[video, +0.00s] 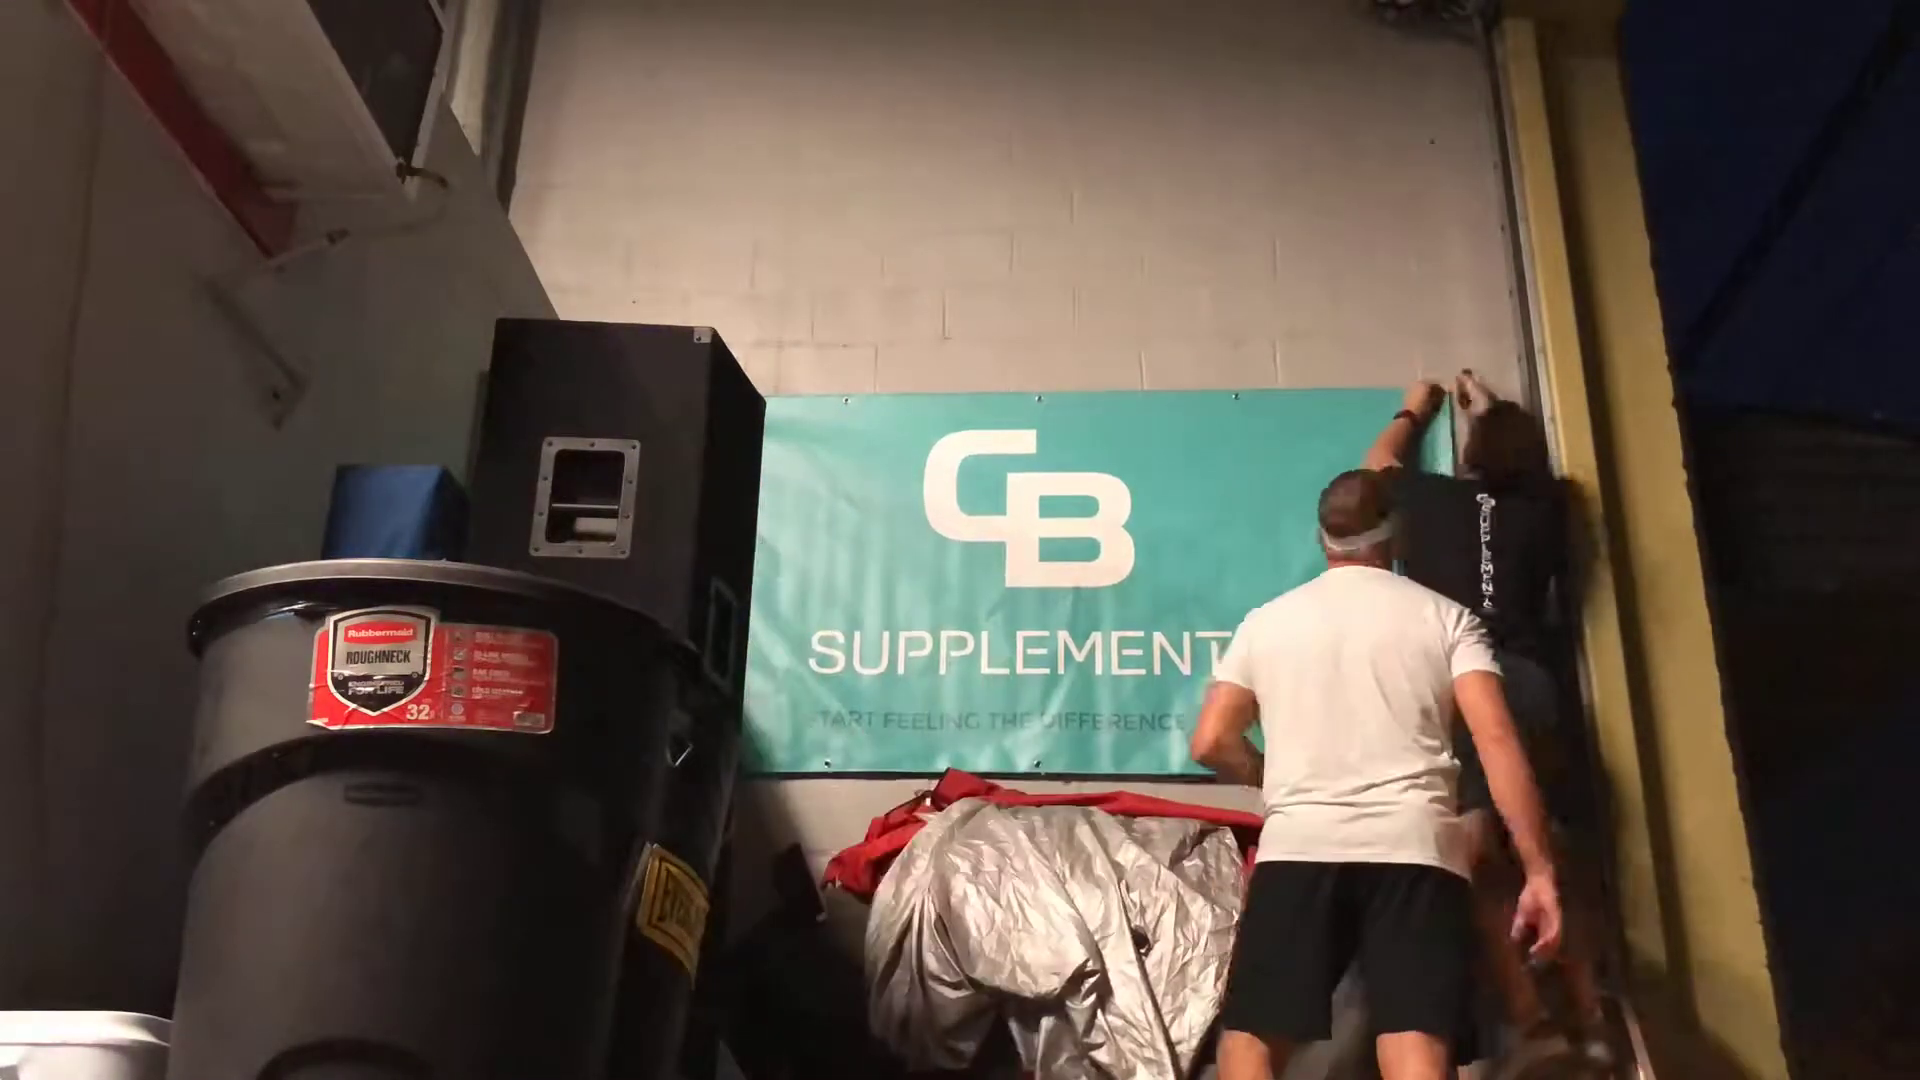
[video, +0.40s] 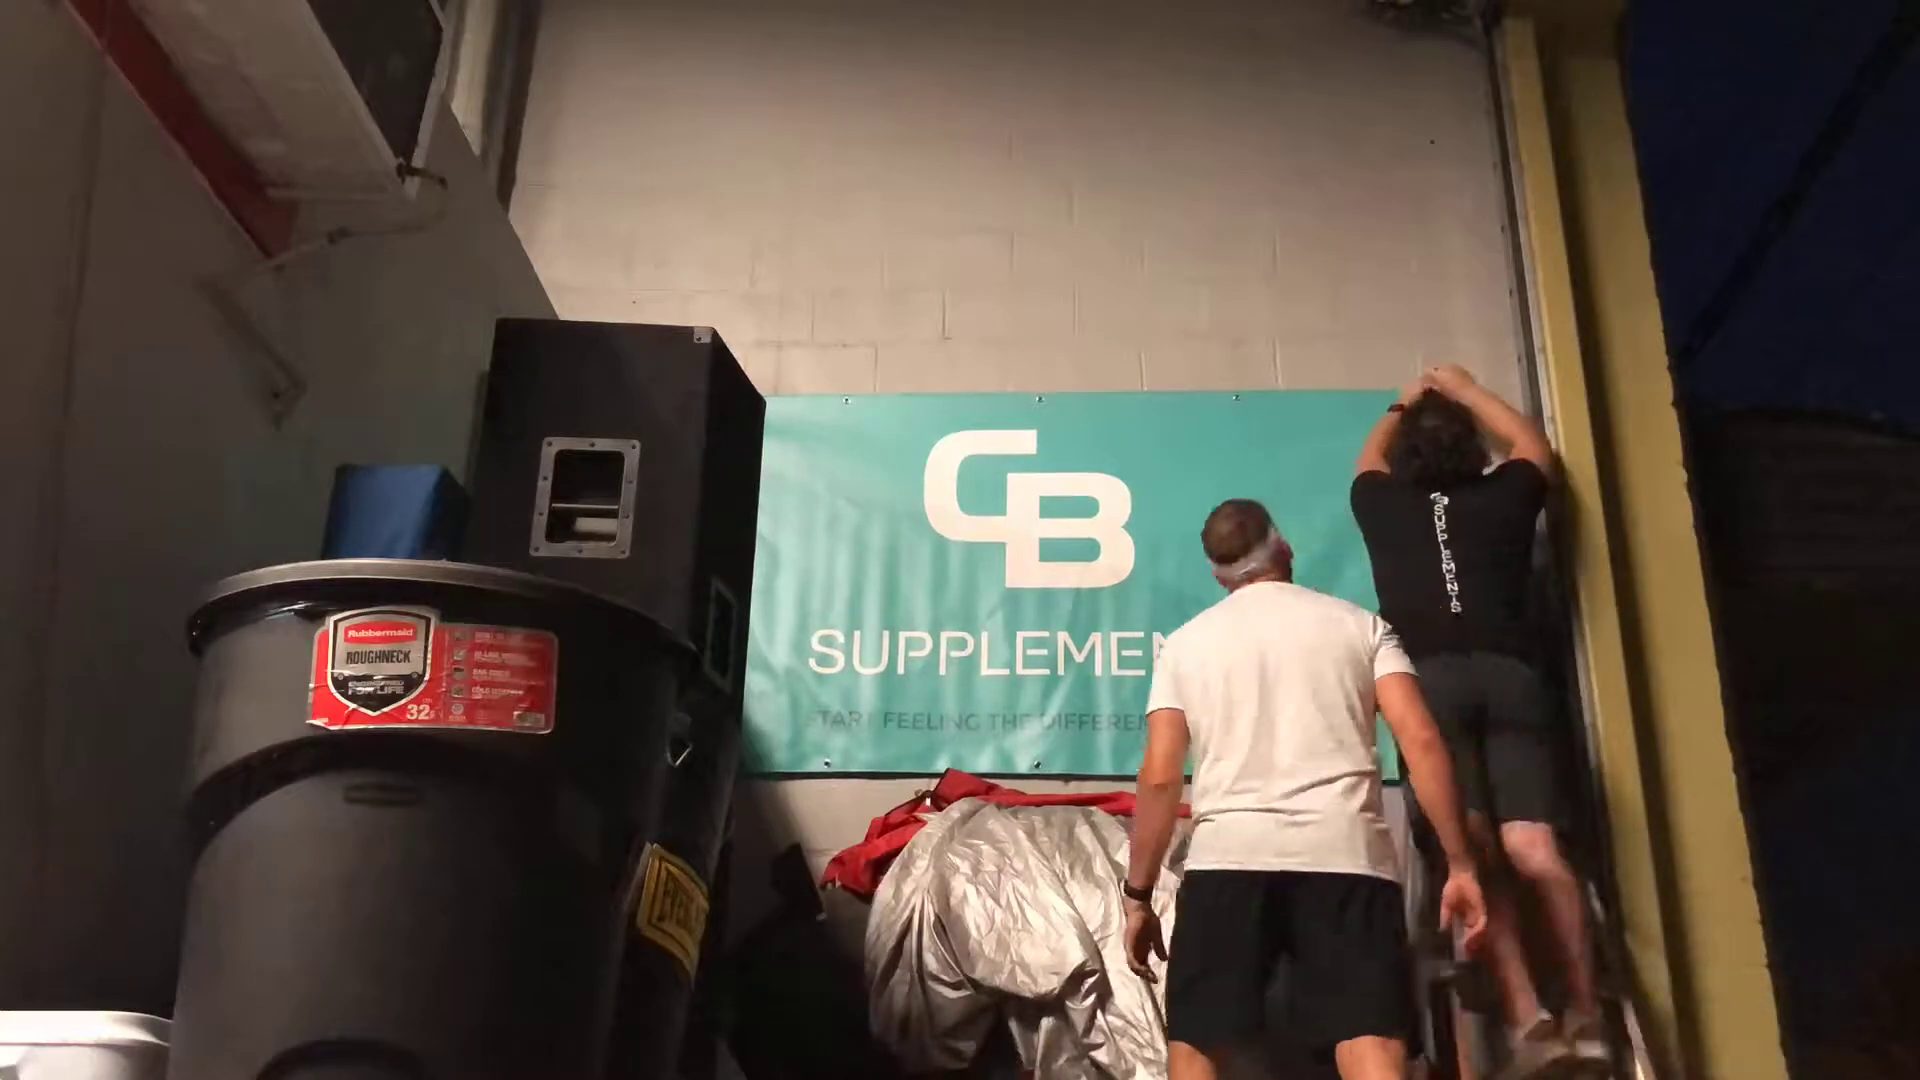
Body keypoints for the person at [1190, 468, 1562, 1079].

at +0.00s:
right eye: (1394, 530)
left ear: (1324, 542)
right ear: (1395, 537)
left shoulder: (1268, 622)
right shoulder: (1444, 617)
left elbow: (1211, 742)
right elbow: (1495, 736)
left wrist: (1275, 777)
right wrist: (1538, 868)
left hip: (1295, 871)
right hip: (1417, 871)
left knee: (1249, 1042)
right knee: (1413, 1051)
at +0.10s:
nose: (1324, 539)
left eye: (1326, 531)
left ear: (1333, 538)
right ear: (1402, 539)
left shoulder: (1275, 615)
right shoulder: (1462, 619)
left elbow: (1234, 745)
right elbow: (1513, 746)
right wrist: (1547, 877)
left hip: (1302, 866)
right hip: (1424, 870)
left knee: (1249, 1040)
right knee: (1419, 1048)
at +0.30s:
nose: (1301, 535)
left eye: (1302, 527)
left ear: (1307, 532)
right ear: (1379, 531)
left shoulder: (1259, 612)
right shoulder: (1445, 611)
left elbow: (1231, 754)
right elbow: (1500, 742)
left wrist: (1197, 870)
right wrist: (1534, 873)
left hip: (1301, 867)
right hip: (1428, 867)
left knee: (1247, 1037)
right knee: (1422, 1043)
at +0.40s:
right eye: (1282, 545)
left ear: (1216, 570)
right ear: (1285, 552)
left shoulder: (1184, 645)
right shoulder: (1361, 626)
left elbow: (1160, 781)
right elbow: (1421, 740)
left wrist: (1137, 896)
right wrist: (1458, 862)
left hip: (1225, 884)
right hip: (1348, 878)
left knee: (1194, 1047)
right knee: (1372, 1049)